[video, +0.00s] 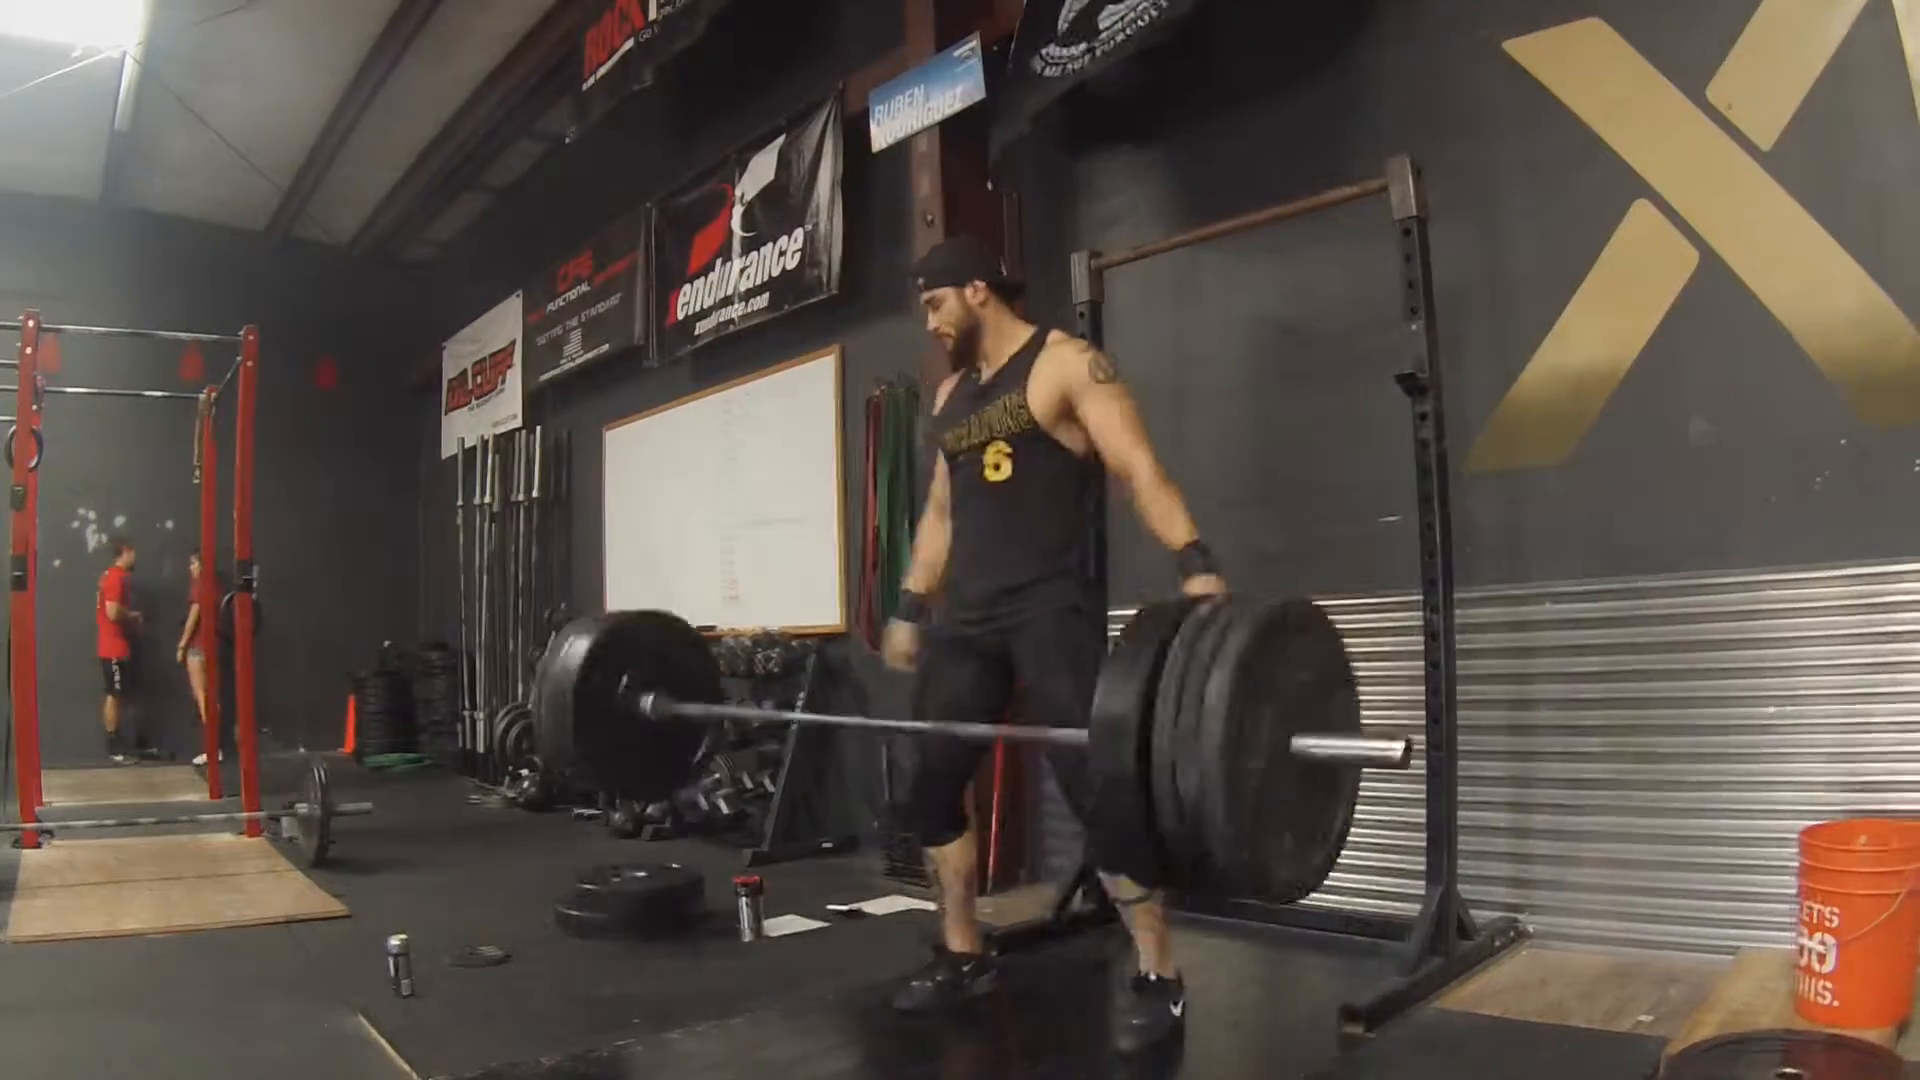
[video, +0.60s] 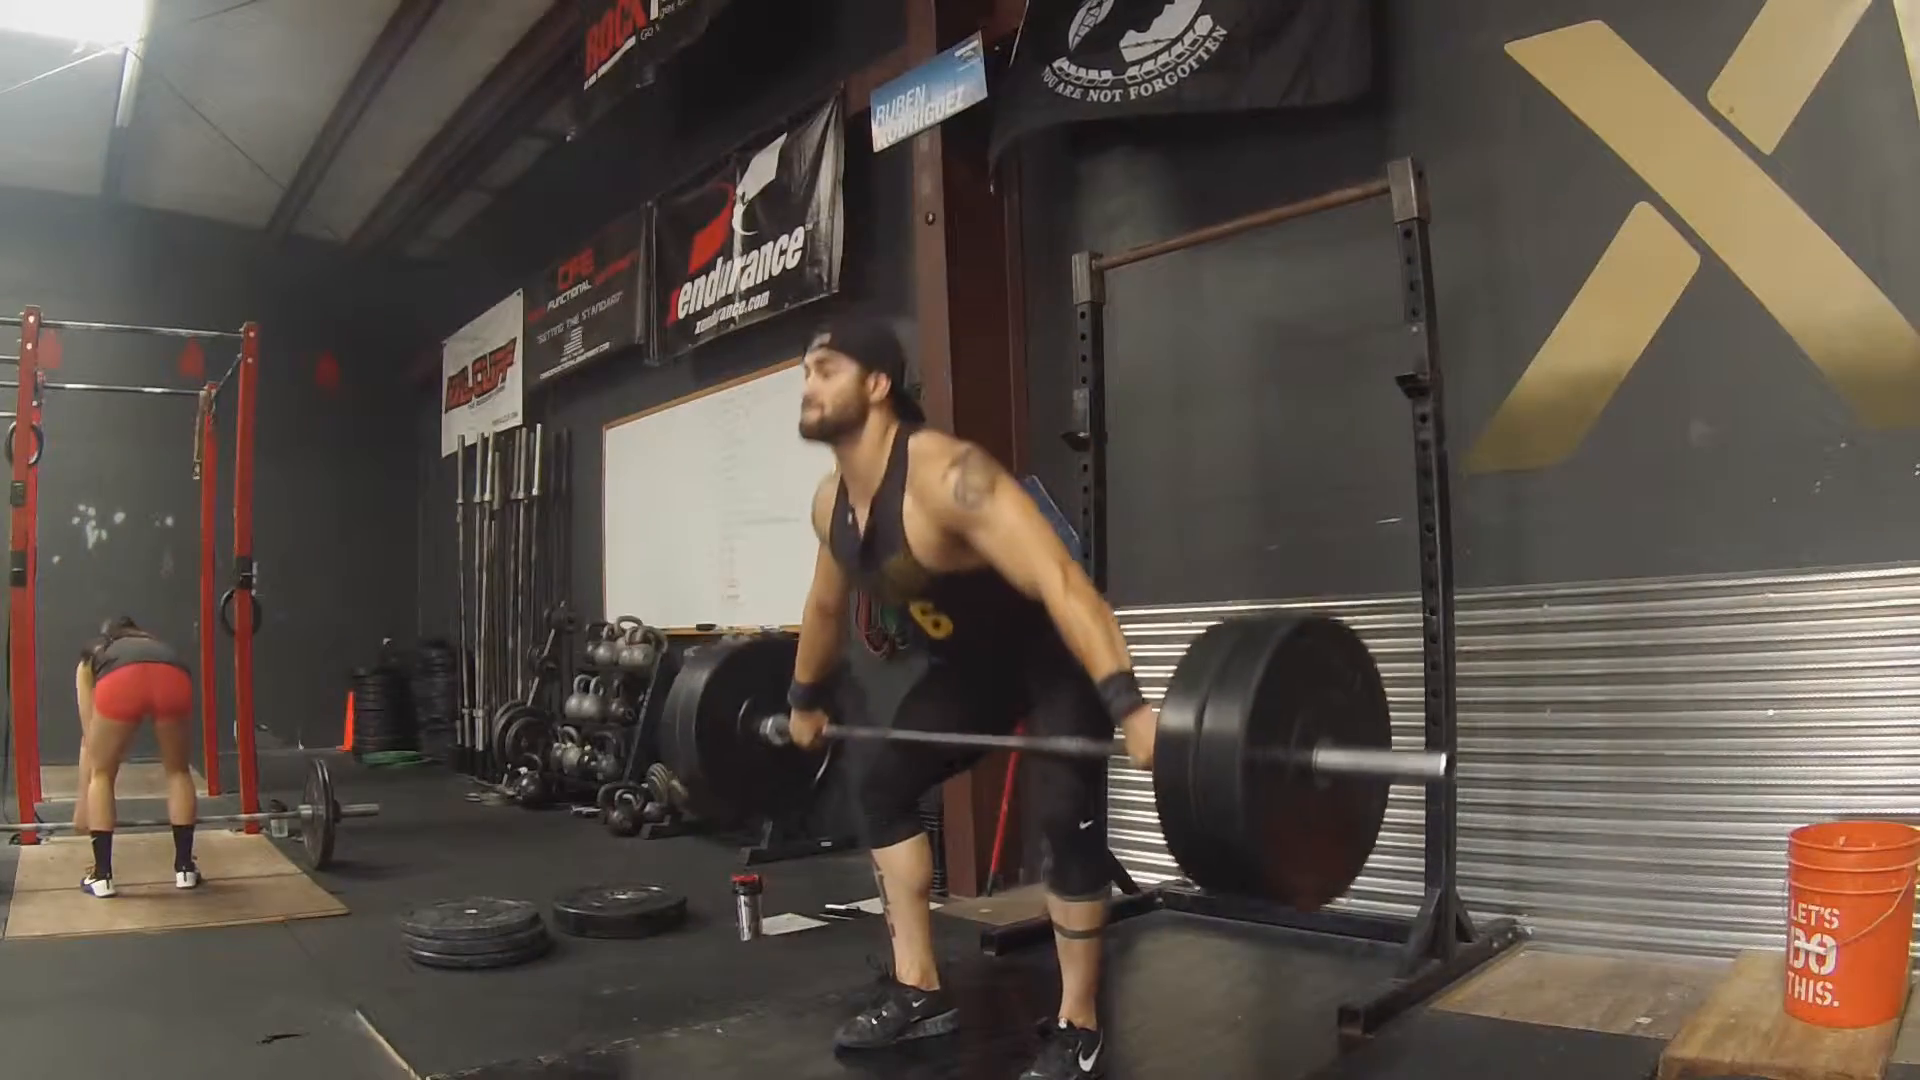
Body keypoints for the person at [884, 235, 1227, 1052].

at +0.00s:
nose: (928, 319)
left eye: (935, 301)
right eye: (923, 307)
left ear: (981, 290)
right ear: (951, 304)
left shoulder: (1066, 363)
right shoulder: (954, 395)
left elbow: (1140, 470)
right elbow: (940, 511)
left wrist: (1194, 561)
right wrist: (908, 608)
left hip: (1055, 614)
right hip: (967, 621)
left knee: (1099, 792)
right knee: (931, 786)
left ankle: (1159, 977)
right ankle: (962, 952)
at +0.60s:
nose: (804, 385)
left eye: (824, 371)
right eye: (806, 372)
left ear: (876, 388)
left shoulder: (953, 476)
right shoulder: (833, 500)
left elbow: (1062, 581)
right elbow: (825, 608)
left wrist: (1129, 705)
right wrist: (805, 701)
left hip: (1056, 647)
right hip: (972, 658)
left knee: (1064, 819)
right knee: (882, 778)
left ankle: (1079, 1024)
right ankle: (918, 990)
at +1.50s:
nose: (857, 295)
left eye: (879, 284)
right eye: (857, 287)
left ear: (922, 312)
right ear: (855, 323)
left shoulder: (972, 401)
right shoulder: (857, 430)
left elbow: (1073, 492)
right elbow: (827, 533)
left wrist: (1112, 610)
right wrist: (791, 624)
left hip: (1017, 659)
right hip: (920, 663)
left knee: (1016, 855)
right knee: (843, 805)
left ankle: (1069, 1025)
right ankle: (915, 992)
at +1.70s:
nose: (999, 225)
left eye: (1021, 220)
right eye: (995, 220)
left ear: (1056, 250)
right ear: (982, 254)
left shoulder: (1047, 298)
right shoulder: (935, 339)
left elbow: (1092, 354)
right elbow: (860, 414)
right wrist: (779, 476)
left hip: (983, 554)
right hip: (895, 557)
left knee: (1000, 768)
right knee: (873, 758)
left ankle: (1059, 1004)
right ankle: (895, 970)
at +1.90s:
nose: (935, 351)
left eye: (953, 334)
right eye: (935, 337)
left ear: (1004, 344)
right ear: (942, 351)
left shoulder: (1037, 408)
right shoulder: (931, 427)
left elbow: (1121, 424)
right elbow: (856, 444)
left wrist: (1100, 319)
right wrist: (783, 403)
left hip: (1005, 693)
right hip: (926, 694)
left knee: (987, 871)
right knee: (804, 827)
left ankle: (1061, 1038)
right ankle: (897, 993)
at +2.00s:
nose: (861, 453)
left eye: (880, 437)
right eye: (860, 440)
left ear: (930, 454)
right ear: (862, 459)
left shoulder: (975, 521)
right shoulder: (866, 542)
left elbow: (1057, 447)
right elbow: (794, 498)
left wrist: (1077, 324)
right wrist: (756, 427)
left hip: (1013, 786)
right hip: (917, 786)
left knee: (977, 889)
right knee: (793, 848)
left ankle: (1057, 1034)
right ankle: (898, 995)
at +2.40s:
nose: (797, 612)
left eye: (815, 592)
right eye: (794, 595)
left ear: (867, 603)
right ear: (791, 607)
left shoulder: (927, 654)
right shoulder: (827, 672)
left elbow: (993, 575)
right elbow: (769, 597)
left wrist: (1074, 467)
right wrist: (750, 525)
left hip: (983, 878)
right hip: (882, 879)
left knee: (941, 918)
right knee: (756, 876)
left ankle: (1051, 1034)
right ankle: (895, 993)